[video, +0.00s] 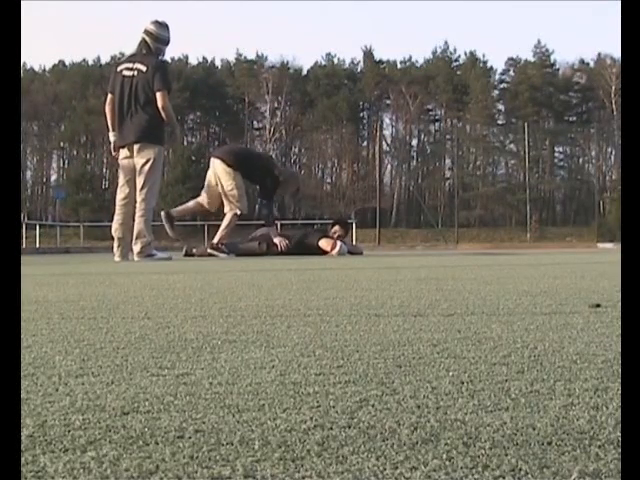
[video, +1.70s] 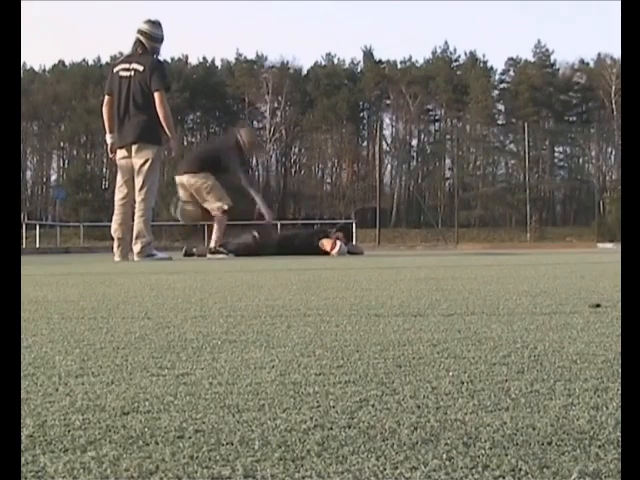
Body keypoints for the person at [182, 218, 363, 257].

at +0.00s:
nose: (337, 239)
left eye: (341, 236)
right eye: (336, 234)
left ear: (343, 236)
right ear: (330, 231)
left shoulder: (331, 243)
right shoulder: (318, 237)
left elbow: (359, 251)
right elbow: (333, 248)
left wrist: (344, 247)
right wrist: (352, 249)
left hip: (272, 243)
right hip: (268, 239)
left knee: (233, 246)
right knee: (234, 246)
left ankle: (199, 252)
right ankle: (200, 251)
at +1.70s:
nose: (336, 241)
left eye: (339, 240)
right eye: (337, 237)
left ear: (338, 240)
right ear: (334, 234)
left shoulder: (325, 241)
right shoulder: (322, 237)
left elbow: (354, 251)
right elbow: (328, 246)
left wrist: (346, 247)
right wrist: (336, 249)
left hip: (267, 244)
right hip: (266, 243)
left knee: (229, 248)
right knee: (229, 248)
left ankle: (195, 252)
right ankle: (195, 251)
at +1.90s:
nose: (337, 245)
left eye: (339, 242)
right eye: (339, 242)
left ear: (335, 236)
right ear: (335, 238)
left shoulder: (321, 237)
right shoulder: (320, 237)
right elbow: (330, 248)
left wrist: (346, 246)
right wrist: (343, 248)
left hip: (271, 238)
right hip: (272, 239)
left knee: (229, 247)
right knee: (230, 249)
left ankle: (193, 252)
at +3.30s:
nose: (342, 242)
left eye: (345, 241)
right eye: (342, 238)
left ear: (345, 241)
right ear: (337, 233)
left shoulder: (329, 242)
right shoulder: (313, 234)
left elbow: (359, 251)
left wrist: (344, 249)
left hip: (271, 247)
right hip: (266, 242)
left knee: (231, 245)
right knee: (221, 250)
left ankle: (199, 239)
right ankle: (236, 218)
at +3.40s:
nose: (343, 238)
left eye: (344, 238)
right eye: (342, 236)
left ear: (341, 239)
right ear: (336, 234)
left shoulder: (329, 242)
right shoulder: (322, 238)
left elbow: (355, 249)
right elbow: (290, 225)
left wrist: (350, 248)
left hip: (275, 244)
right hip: (270, 242)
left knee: (236, 244)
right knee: (221, 250)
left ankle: (200, 236)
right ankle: (236, 217)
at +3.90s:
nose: (334, 243)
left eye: (338, 242)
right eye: (336, 239)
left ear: (339, 240)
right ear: (333, 231)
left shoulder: (328, 240)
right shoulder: (315, 226)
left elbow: (359, 250)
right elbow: (284, 227)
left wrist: (345, 250)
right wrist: (292, 249)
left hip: (270, 248)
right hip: (265, 239)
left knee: (226, 248)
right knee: (220, 249)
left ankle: (196, 236)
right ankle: (238, 219)